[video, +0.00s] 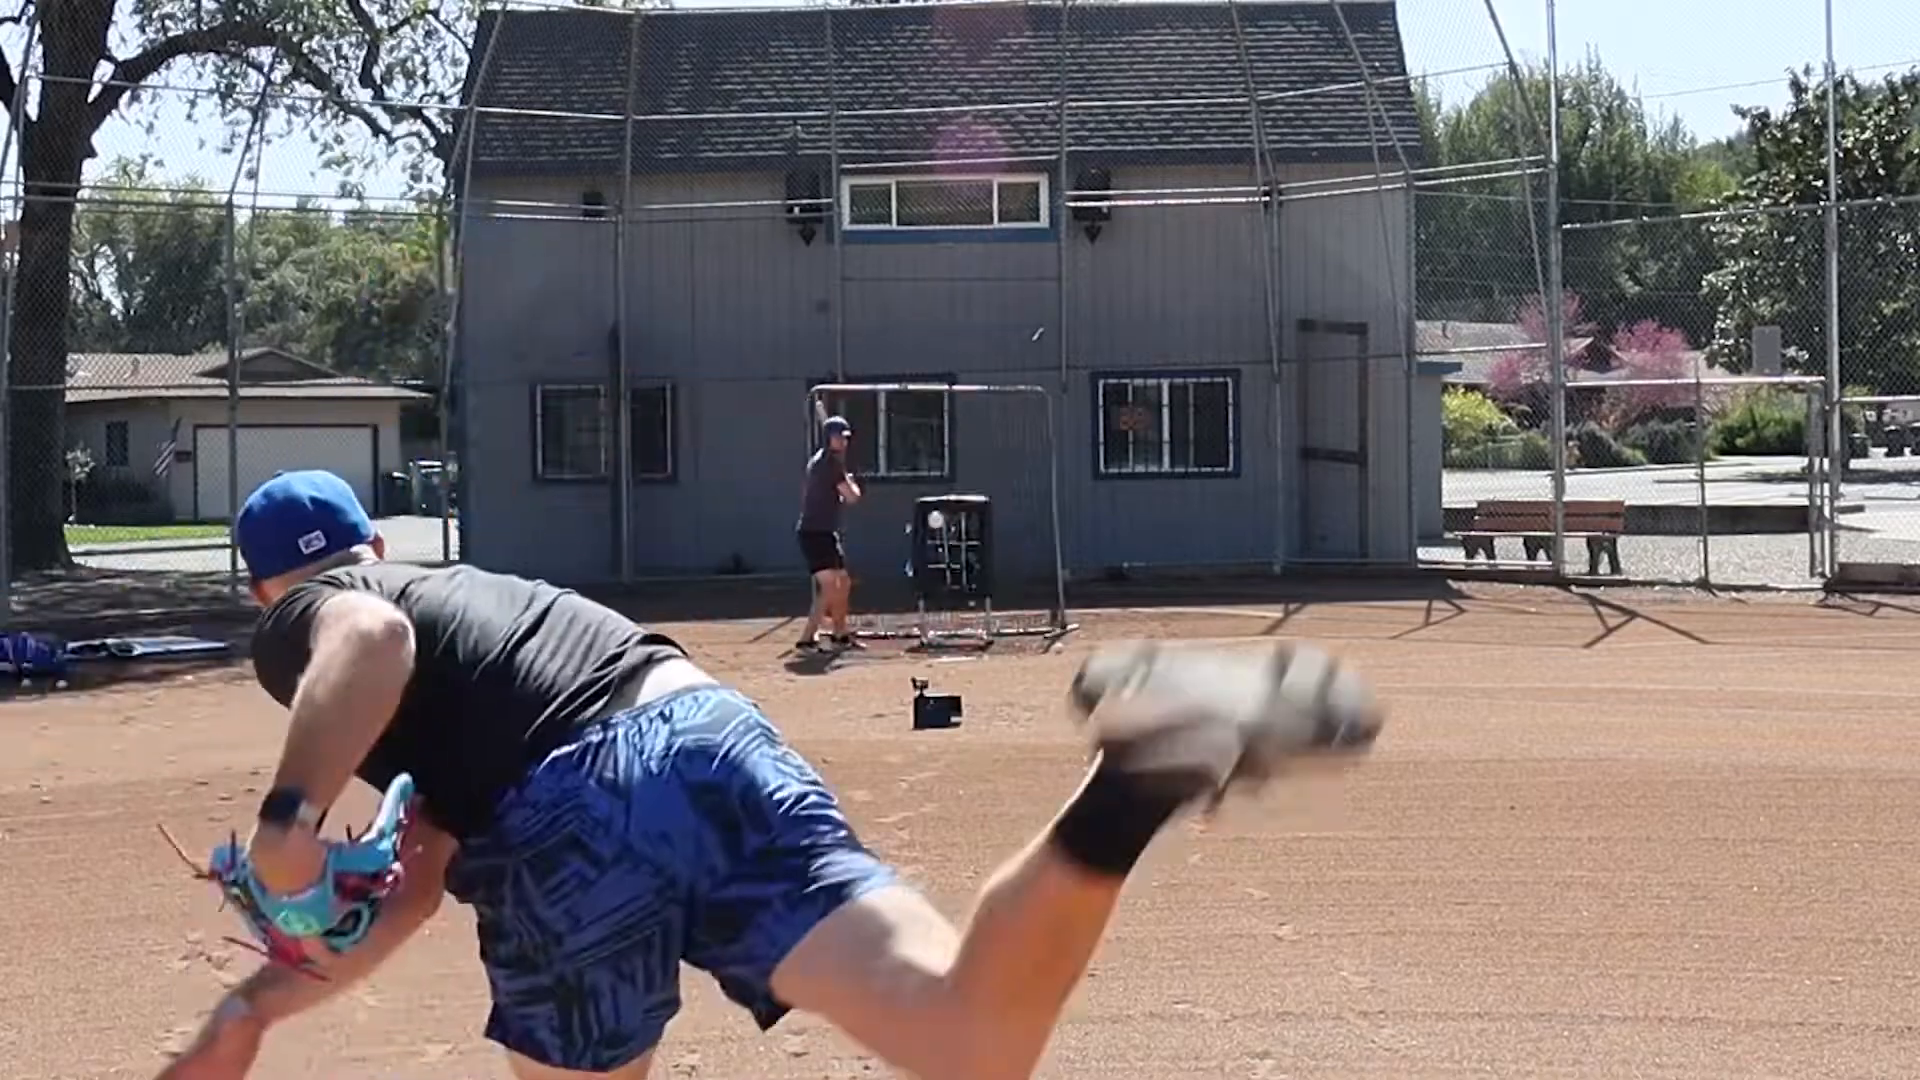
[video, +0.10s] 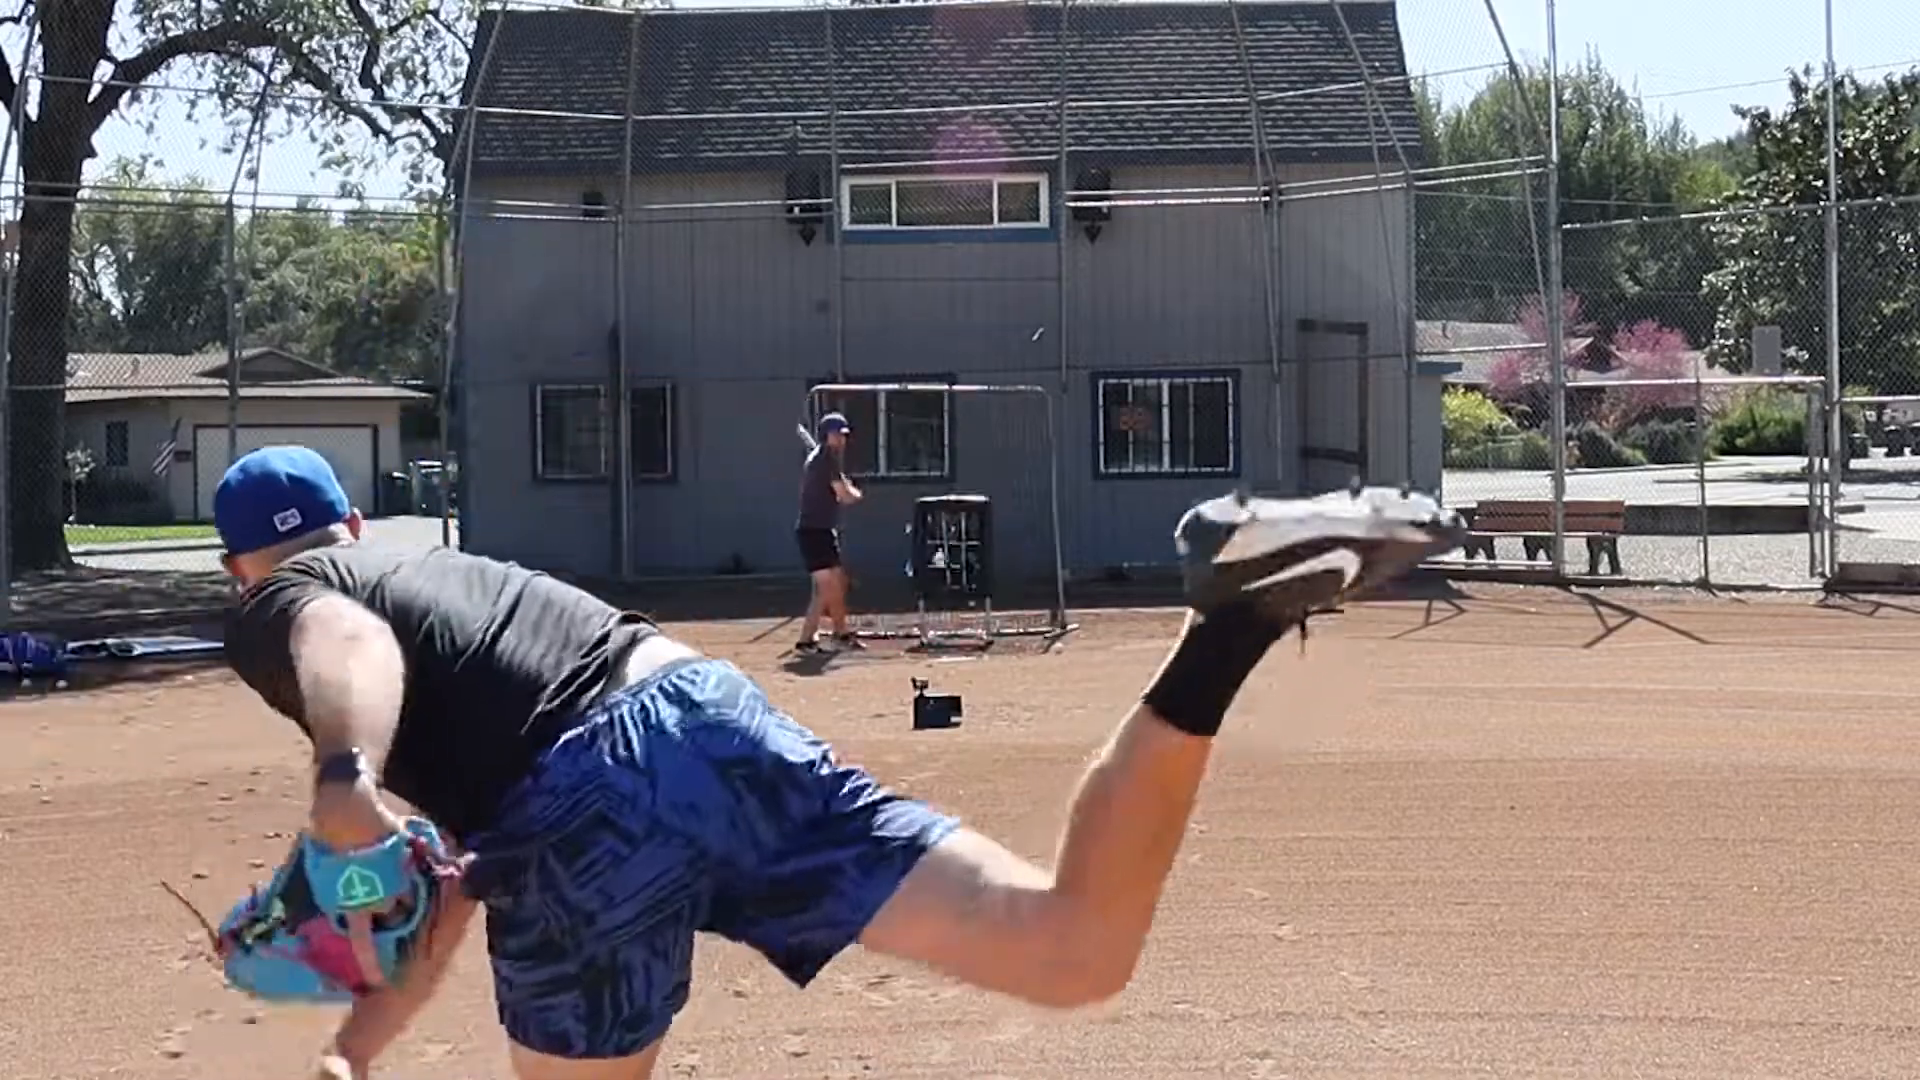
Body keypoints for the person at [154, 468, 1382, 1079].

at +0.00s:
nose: (261, 634)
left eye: (255, 612)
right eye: (262, 612)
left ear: (276, 582)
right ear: (366, 541)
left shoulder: (329, 603)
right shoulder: (460, 617)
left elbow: (364, 649)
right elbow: (394, 894)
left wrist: (288, 830)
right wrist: (239, 1019)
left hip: (577, 785)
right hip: (713, 719)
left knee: (572, 1057)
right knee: (963, 1035)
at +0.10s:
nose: (225, 579)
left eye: (226, 560)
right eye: (232, 561)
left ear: (253, 546)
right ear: (348, 517)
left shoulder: (286, 585)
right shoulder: (436, 576)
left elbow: (354, 642)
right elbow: (449, 885)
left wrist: (339, 793)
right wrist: (352, 1049)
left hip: (572, 817)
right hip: (695, 704)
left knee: (582, 1068)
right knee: (1077, 949)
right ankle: (1234, 621)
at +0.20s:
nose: (204, 533)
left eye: (201, 517)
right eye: (221, 511)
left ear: (210, 515)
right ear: (314, 483)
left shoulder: (244, 576)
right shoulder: (394, 545)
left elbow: (331, 672)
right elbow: (465, 806)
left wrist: (374, 854)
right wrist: (477, 1016)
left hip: (588, 810)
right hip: (704, 687)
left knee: (589, 1068)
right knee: (1033, 881)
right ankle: (1269, 702)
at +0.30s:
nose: (178, 485)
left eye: (174, 467)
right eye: (188, 465)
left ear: (191, 464)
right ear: (300, 437)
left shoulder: (234, 543)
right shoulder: (374, 490)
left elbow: (334, 680)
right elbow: (515, 622)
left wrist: (354, 920)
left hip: (608, 800)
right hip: (716, 672)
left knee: (595, 1062)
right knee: (960, 831)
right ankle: (1263, 861)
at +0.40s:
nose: (188, 425)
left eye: (185, 404)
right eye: (187, 401)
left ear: (202, 401)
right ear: (306, 371)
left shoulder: (241, 491)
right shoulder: (394, 429)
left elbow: (344, 691)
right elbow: (519, 564)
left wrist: (331, 926)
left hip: (614, 794)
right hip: (723, 675)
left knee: (595, 1067)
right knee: (844, 840)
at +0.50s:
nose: (209, 351)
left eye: (204, 332)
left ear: (210, 341)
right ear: (338, 311)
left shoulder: (263, 449)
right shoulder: (424, 380)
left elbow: (350, 675)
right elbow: (511, 569)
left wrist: (302, 911)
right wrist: (501, 781)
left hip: (604, 794)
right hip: (731, 685)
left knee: (599, 1059)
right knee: (745, 859)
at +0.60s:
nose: (232, 302)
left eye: (228, 283)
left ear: (236, 292)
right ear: (365, 270)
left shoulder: (289, 415)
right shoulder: (451, 347)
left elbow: (365, 665)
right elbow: (530, 549)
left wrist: (282, 853)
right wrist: (449, 734)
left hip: (605, 785)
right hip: (714, 698)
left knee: (604, 1063)